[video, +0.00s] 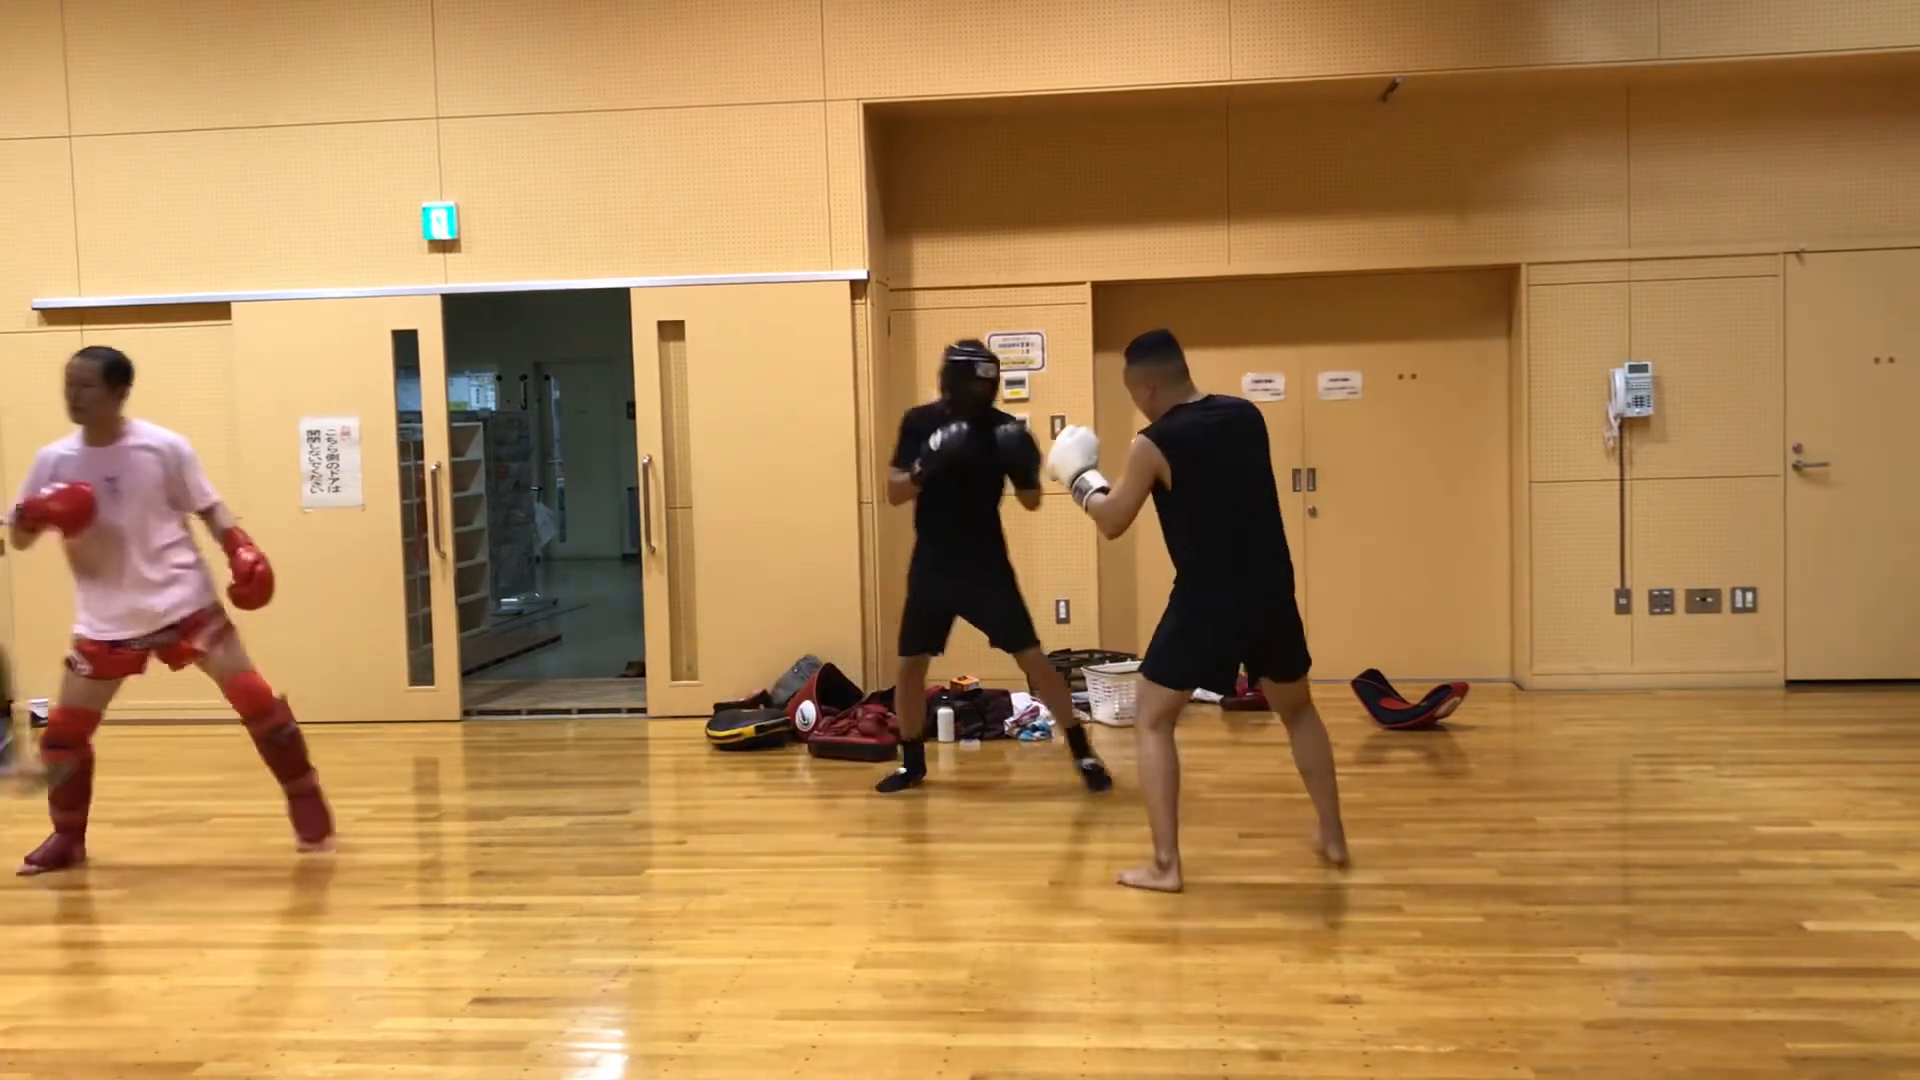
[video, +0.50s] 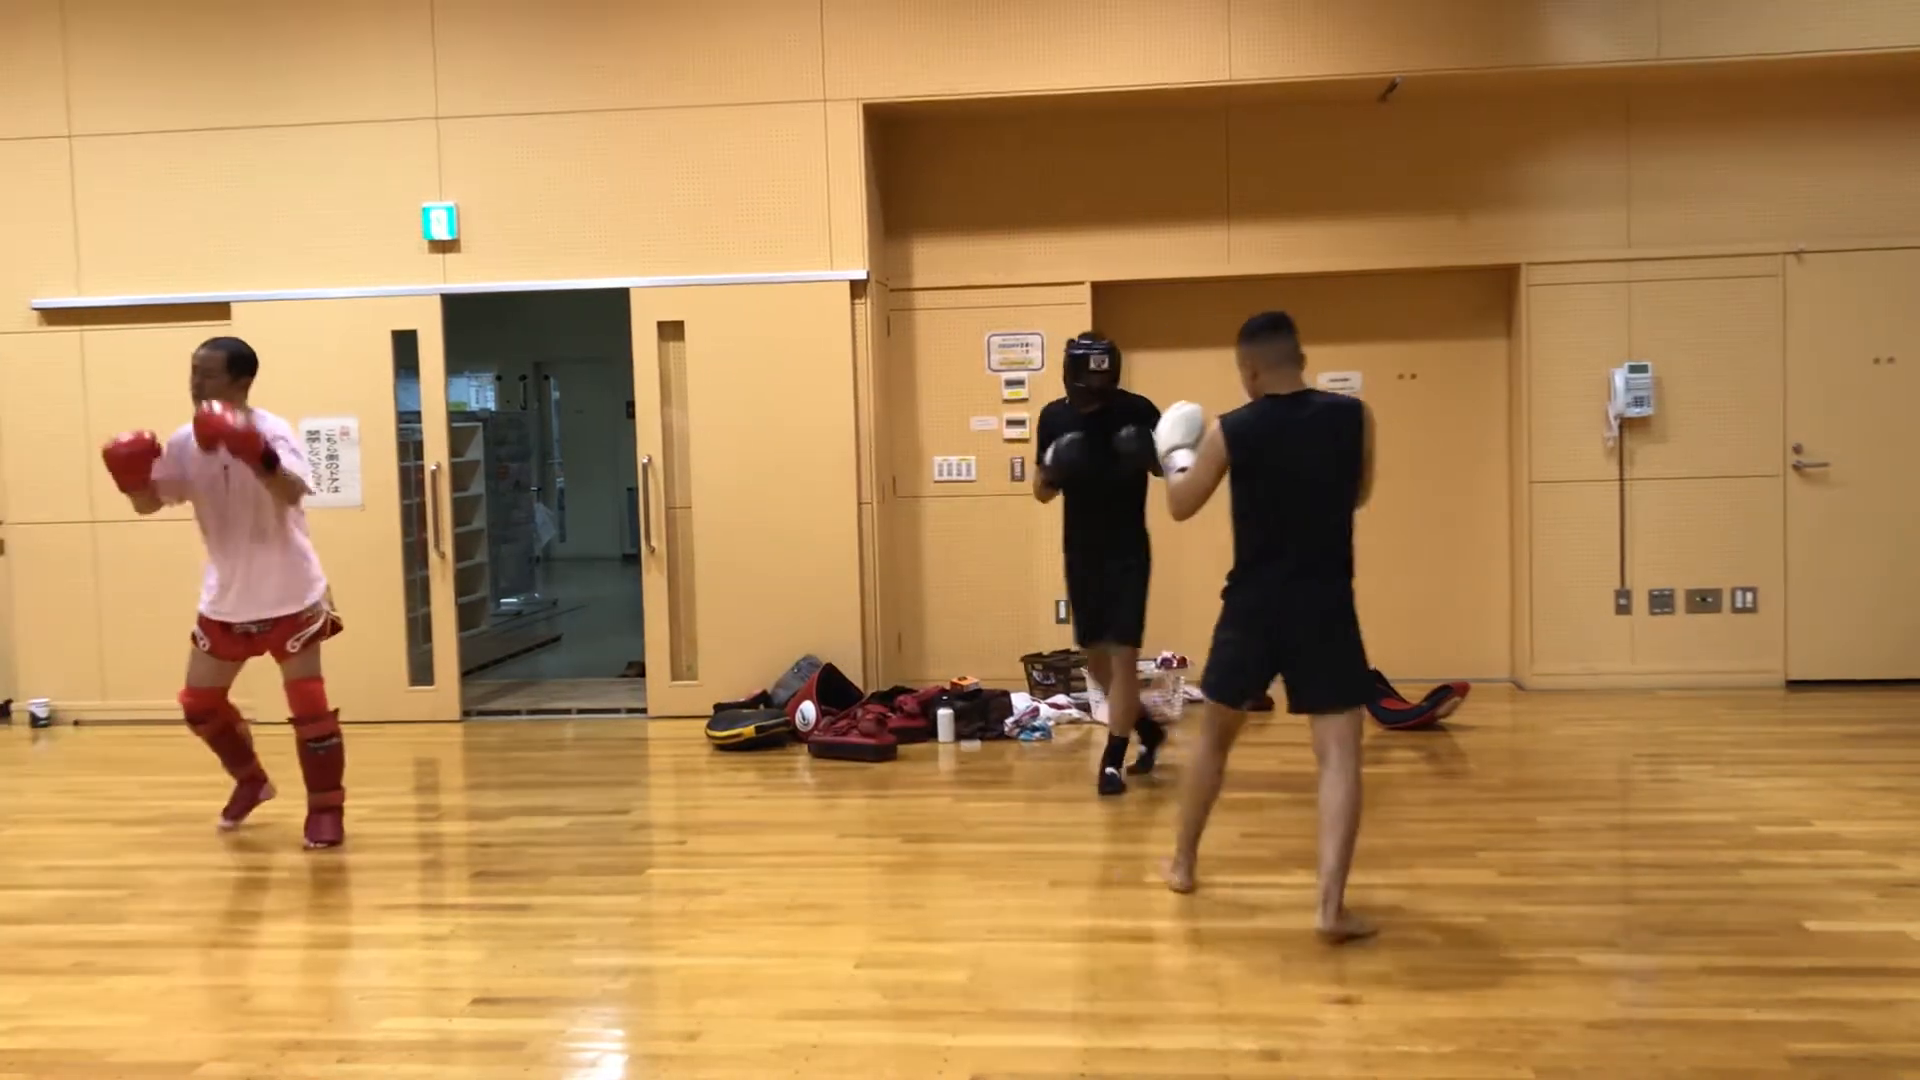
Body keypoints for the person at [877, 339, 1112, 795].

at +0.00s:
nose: (989, 392)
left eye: (994, 382)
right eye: (980, 382)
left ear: (997, 383)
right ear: (952, 382)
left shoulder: (1006, 429)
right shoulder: (921, 423)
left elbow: (1032, 501)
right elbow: (895, 493)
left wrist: (1019, 458)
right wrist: (930, 461)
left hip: (986, 559)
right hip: (934, 560)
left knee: (1031, 656)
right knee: (911, 662)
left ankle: (1083, 752)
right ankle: (912, 764)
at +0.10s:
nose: (1017, 398)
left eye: (1022, 389)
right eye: (1009, 389)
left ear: (1029, 389)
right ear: (986, 386)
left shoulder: (1037, 427)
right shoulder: (955, 426)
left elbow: (1069, 500)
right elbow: (920, 493)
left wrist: (1061, 434)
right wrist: (950, 476)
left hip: (1019, 567)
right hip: (965, 567)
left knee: (1060, 664)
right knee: (930, 664)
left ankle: (1105, 760)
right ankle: (914, 764)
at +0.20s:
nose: (1054, 390)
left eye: (1062, 382)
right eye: (1046, 379)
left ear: (1070, 383)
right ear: (1026, 378)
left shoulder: (1080, 422)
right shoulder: (999, 422)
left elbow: (1120, 454)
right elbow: (971, 477)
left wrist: (1111, 402)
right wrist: (978, 489)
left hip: (1066, 556)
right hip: (1012, 557)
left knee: (1092, 664)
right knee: (972, 656)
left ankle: (1108, 766)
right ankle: (957, 755)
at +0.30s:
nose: (1071, 386)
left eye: (1080, 376)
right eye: (1063, 375)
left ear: (1093, 376)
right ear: (1047, 372)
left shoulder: (1103, 415)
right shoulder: (1025, 414)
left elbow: (1140, 452)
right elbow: (1000, 476)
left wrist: (1131, 396)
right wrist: (1010, 476)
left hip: (1088, 546)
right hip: (1038, 545)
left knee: (1099, 660)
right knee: (1010, 651)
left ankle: (1107, 764)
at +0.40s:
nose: (1088, 382)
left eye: (1096, 372)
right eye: (1079, 372)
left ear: (1108, 370)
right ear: (1062, 370)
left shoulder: (1124, 409)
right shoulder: (1044, 412)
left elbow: (1156, 448)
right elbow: (1026, 485)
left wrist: (1136, 424)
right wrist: (1035, 468)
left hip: (1111, 542)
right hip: (1063, 543)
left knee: (1111, 655)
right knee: (1062, 655)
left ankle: (1112, 761)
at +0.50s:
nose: (1093, 390)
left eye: (1102, 380)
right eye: (1084, 381)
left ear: (1114, 375)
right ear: (1067, 377)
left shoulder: (1137, 410)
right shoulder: (1055, 416)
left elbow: (1169, 469)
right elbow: (1042, 493)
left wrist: (1144, 453)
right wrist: (1056, 464)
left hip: (1127, 541)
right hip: (1081, 544)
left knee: (1123, 652)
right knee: (1096, 657)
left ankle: (1112, 761)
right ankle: (1147, 730)